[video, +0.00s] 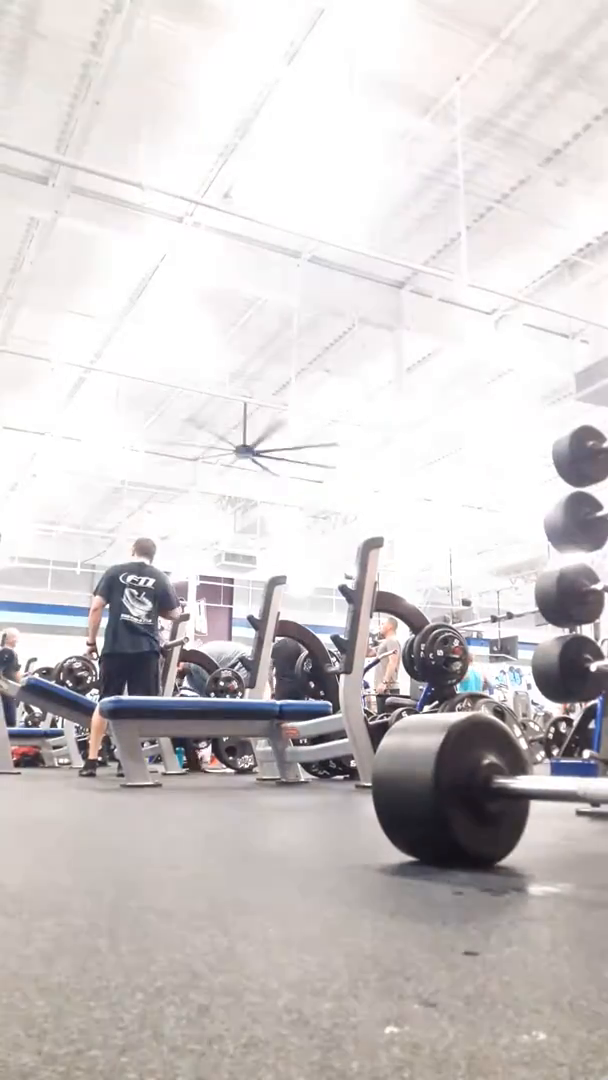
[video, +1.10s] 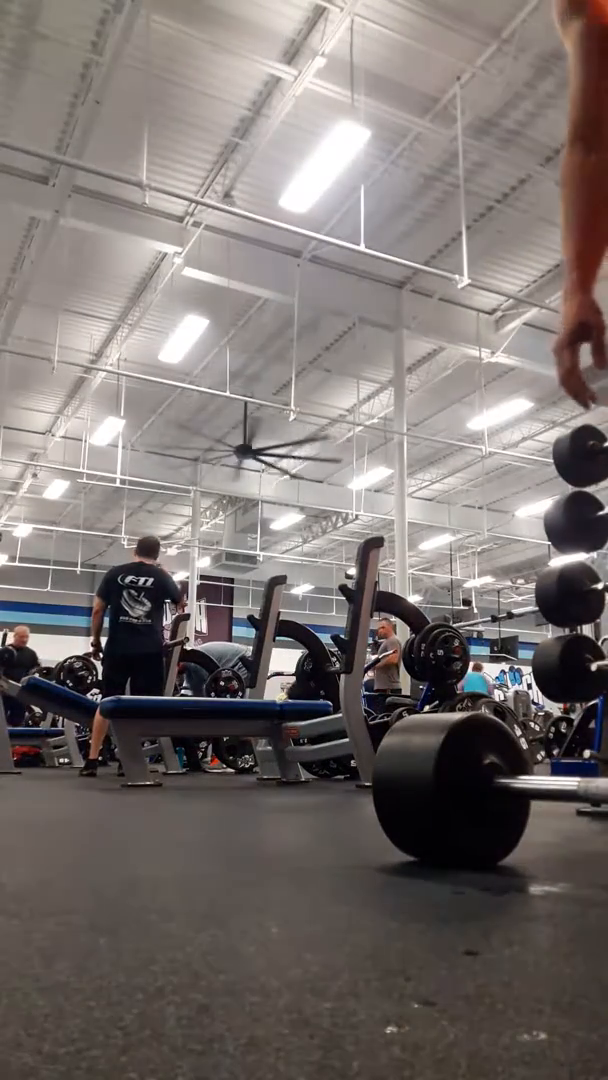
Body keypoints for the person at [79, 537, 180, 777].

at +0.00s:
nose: (134, 553)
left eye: (133, 550)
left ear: (133, 551)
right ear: (153, 556)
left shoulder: (115, 571)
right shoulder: (161, 579)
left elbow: (96, 607)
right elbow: (173, 614)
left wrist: (91, 641)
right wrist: (152, 603)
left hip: (114, 649)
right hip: (145, 651)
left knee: (105, 703)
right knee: (142, 707)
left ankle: (92, 759)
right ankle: (131, 763)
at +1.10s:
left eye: (138, 550)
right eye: (155, 556)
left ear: (135, 552)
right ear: (157, 556)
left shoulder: (116, 572)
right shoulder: (161, 577)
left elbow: (98, 610)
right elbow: (180, 602)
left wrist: (95, 640)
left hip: (117, 650)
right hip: (149, 652)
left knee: (107, 703)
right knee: (144, 706)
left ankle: (92, 759)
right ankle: (132, 763)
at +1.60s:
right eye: (159, 554)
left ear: (137, 552)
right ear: (158, 556)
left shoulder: (116, 573)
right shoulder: (163, 577)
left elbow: (98, 609)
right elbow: (191, 581)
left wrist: (93, 642)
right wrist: (170, 560)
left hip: (118, 651)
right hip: (151, 652)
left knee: (108, 703)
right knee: (148, 706)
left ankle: (93, 758)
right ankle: (136, 763)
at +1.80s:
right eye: (157, 554)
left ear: (136, 552)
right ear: (158, 557)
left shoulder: (115, 573)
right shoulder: (162, 576)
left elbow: (98, 609)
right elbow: (194, 581)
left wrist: (95, 642)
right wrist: (172, 559)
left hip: (118, 651)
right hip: (151, 652)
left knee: (108, 703)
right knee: (148, 706)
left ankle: (93, 759)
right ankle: (136, 763)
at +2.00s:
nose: (158, 557)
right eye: (159, 555)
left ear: (135, 553)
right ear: (157, 556)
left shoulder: (115, 574)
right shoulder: (162, 577)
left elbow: (98, 610)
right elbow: (194, 588)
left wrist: (98, 644)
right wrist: (176, 565)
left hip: (119, 649)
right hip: (151, 650)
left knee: (109, 702)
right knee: (149, 705)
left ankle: (94, 758)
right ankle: (139, 764)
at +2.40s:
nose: (155, 559)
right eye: (155, 555)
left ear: (130, 553)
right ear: (152, 556)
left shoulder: (112, 575)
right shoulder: (156, 577)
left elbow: (96, 613)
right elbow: (177, 601)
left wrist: (98, 647)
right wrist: (167, 613)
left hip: (115, 649)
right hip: (146, 650)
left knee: (105, 703)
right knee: (146, 706)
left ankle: (88, 759)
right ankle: (136, 766)